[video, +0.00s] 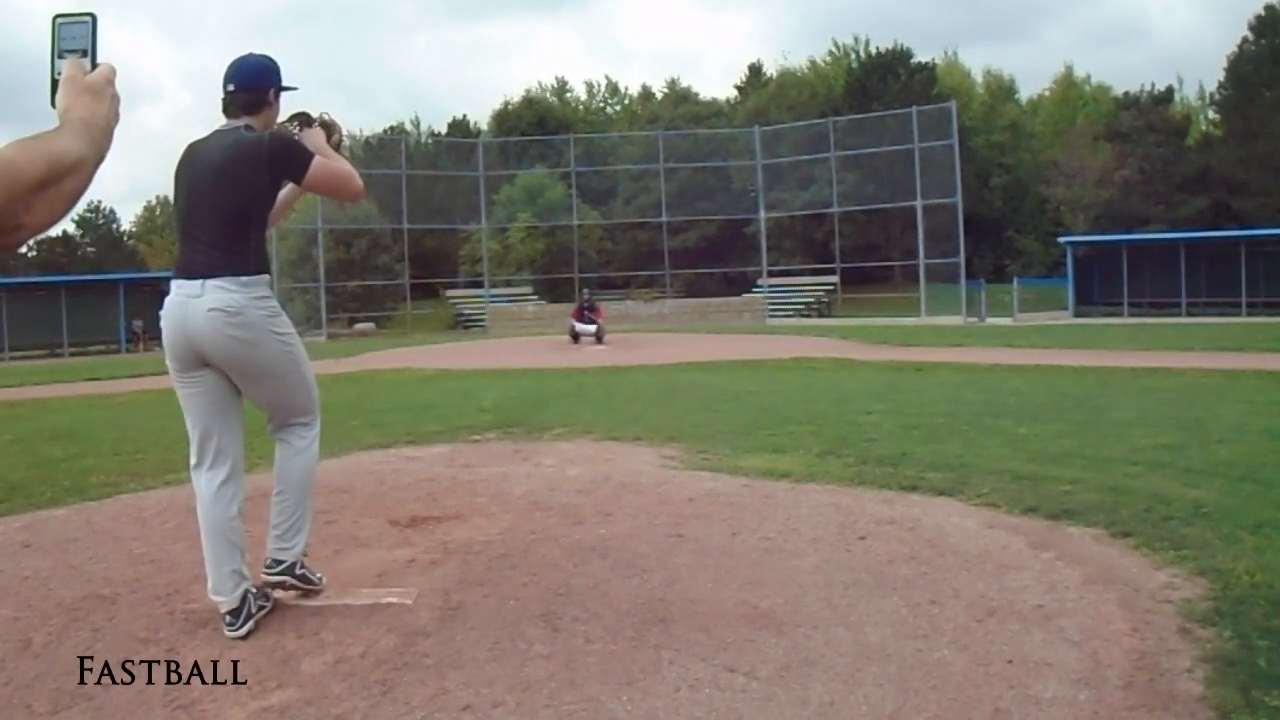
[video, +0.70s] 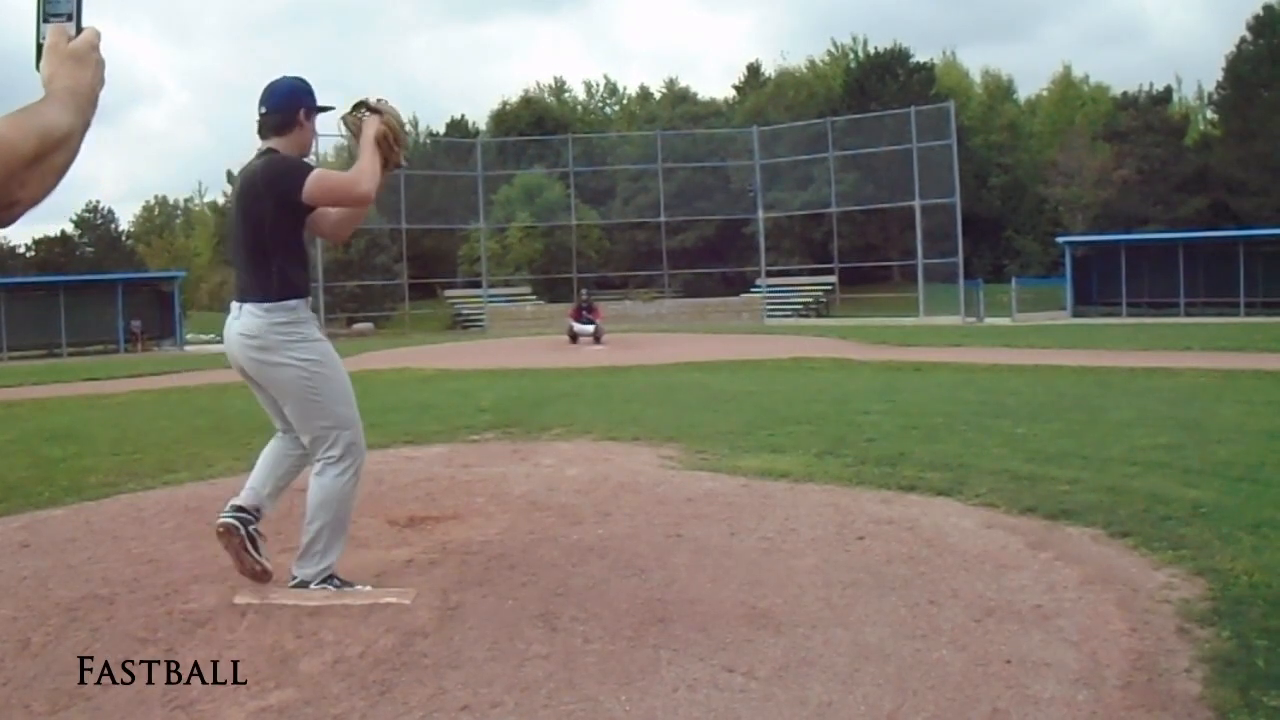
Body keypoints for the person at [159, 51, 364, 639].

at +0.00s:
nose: (279, 107)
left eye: (274, 98)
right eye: (280, 99)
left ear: (226, 100)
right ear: (272, 101)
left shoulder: (194, 153)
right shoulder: (273, 145)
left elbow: (259, 218)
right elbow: (352, 186)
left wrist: (300, 160)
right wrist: (321, 143)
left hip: (178, 310)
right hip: (239, 306)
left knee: (213, 462)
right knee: (297, 423)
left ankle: (234, 602)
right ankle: (286, 557)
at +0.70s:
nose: (317, 127)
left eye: (314, 118)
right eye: (314, 117)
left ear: (268, 122)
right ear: (301, 118)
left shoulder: (255, 176)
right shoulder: (277, 172)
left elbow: (335, 228)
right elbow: (362, 186)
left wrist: (376, 174)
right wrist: (368, 135)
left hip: (246, 331)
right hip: (282, 331)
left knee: (295, 434)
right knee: (341, 446)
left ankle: (243, 513)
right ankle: (314, 574)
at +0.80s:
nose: (318, 129)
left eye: (318, 120)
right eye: (316, 120)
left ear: (272, 121)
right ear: (303, 118)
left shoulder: (286, 176)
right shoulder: (265, 168)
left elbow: (353, 220)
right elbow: (339, 178)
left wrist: (385, 162)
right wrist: (366, 125)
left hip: (292, 324)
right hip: (277, 328)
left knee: (356, 399)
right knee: (340, 444)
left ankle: (282, 494)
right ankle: (313, 573)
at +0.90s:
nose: (322, 142)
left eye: (323, 133)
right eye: (319, 131)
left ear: (284, 125)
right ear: (301, 123)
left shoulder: (301, 179)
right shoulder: (246, 170)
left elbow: (366, 212)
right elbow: (312, 174)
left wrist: (380, 148)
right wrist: (349, 121)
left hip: (314, 320)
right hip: (277, 331)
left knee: (396, 371)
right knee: (341, 450)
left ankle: (349, 477)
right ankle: (312, 574)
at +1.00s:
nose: (319, 144)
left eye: (321, 137)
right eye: (314, 134)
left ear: (292, 138)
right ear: (294, 131)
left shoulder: (310, 182)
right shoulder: (236, 175)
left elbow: (377, 207)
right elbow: (281, 178)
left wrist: (367, 142)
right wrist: (326, 117)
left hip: (324, 316)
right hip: (277, 334)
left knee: (420, 329)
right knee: (344, 451)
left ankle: (420, 455)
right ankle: (312, 574)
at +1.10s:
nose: (331, 153)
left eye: (333, 142)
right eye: (322, 143)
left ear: (326, 148)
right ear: (292, 146)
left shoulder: (322, 189)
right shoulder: (240, 189)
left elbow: (385, 206)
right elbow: (263, 194)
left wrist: (357, 145)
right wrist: (302, 125)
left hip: (328, 313)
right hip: (285, 335)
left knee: (402, 284)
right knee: (348, 449)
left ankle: (445, 410)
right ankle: (314, 572)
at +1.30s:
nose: (310, 179)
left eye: (318, 170)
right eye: (303, 170)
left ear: (333, 175)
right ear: (289, 173)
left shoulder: (344, 209)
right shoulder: (259, 222)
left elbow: (419, 216)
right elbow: (241, 272)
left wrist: (357, 186)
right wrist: (281, 207)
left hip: (355, 330)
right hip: (308, 349)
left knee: (365, 257)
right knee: (353, 448)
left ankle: (399, 378)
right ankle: (320, 570)